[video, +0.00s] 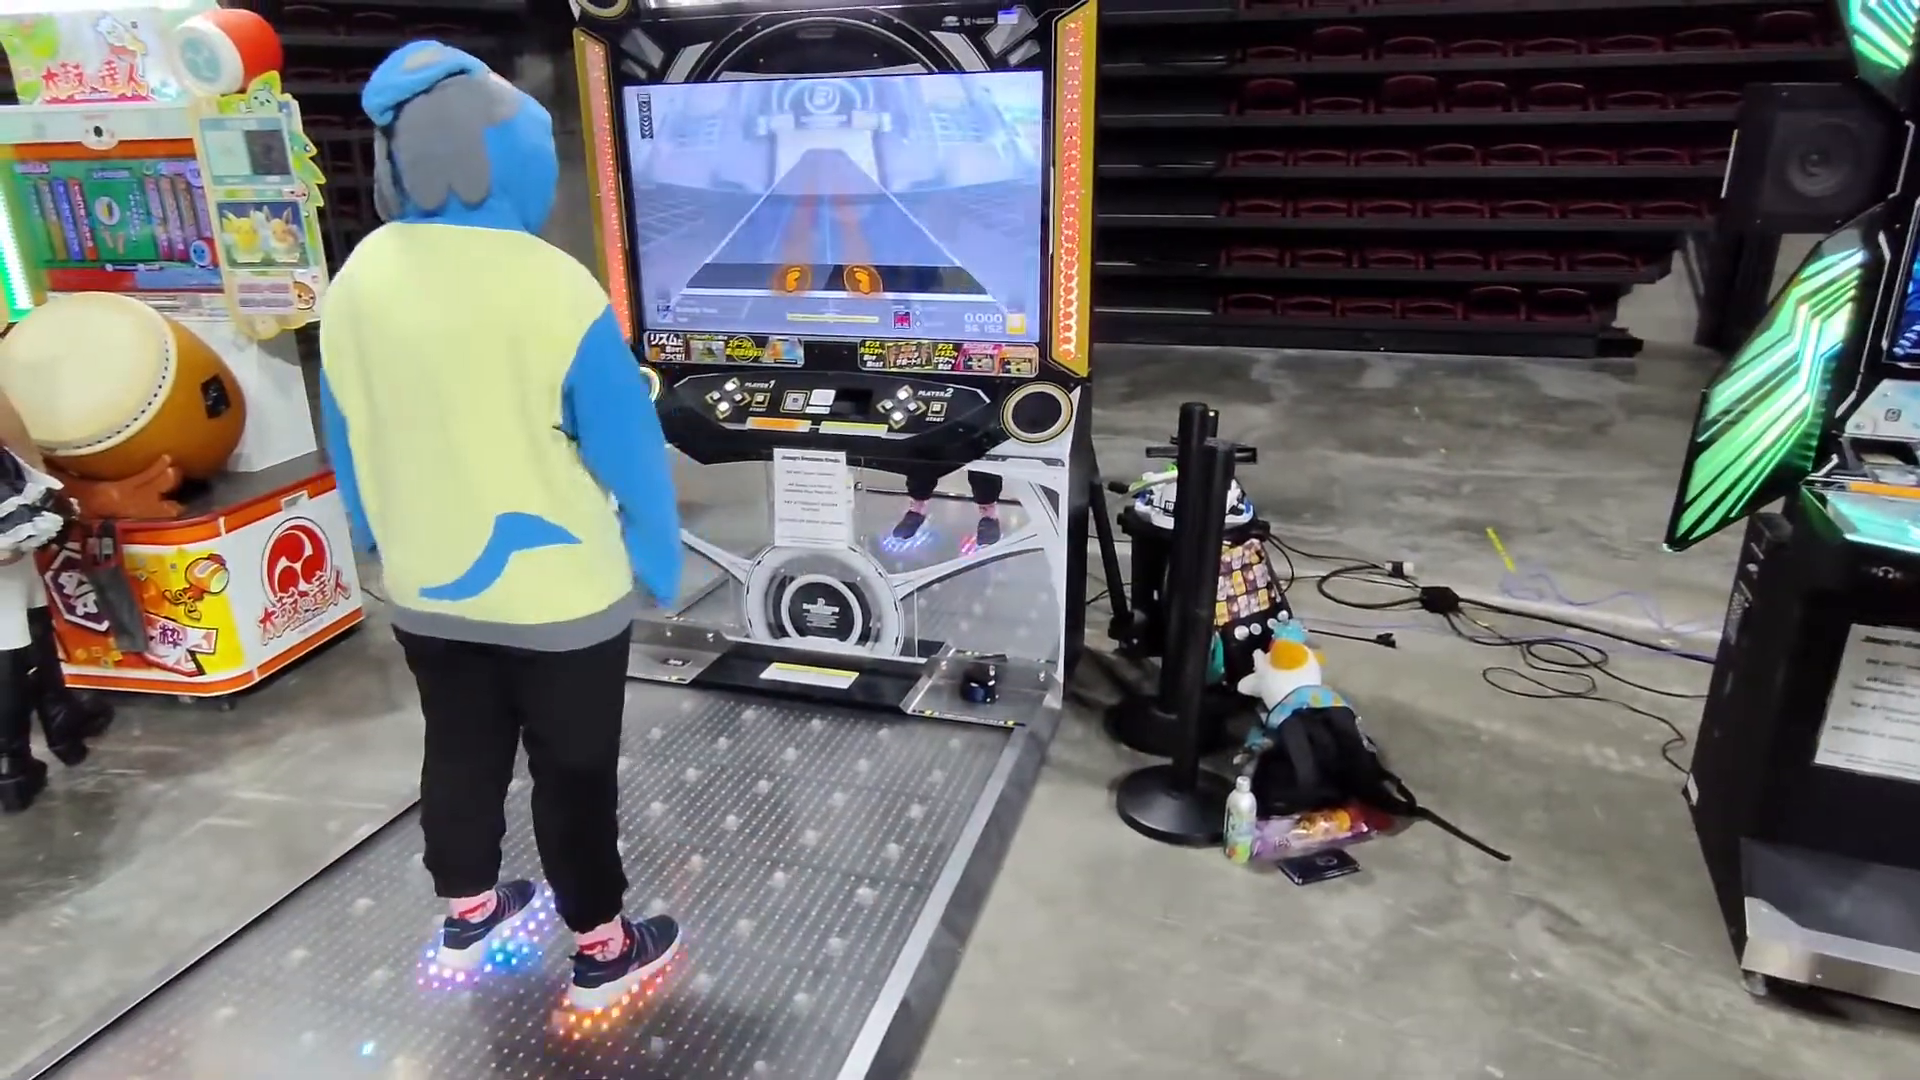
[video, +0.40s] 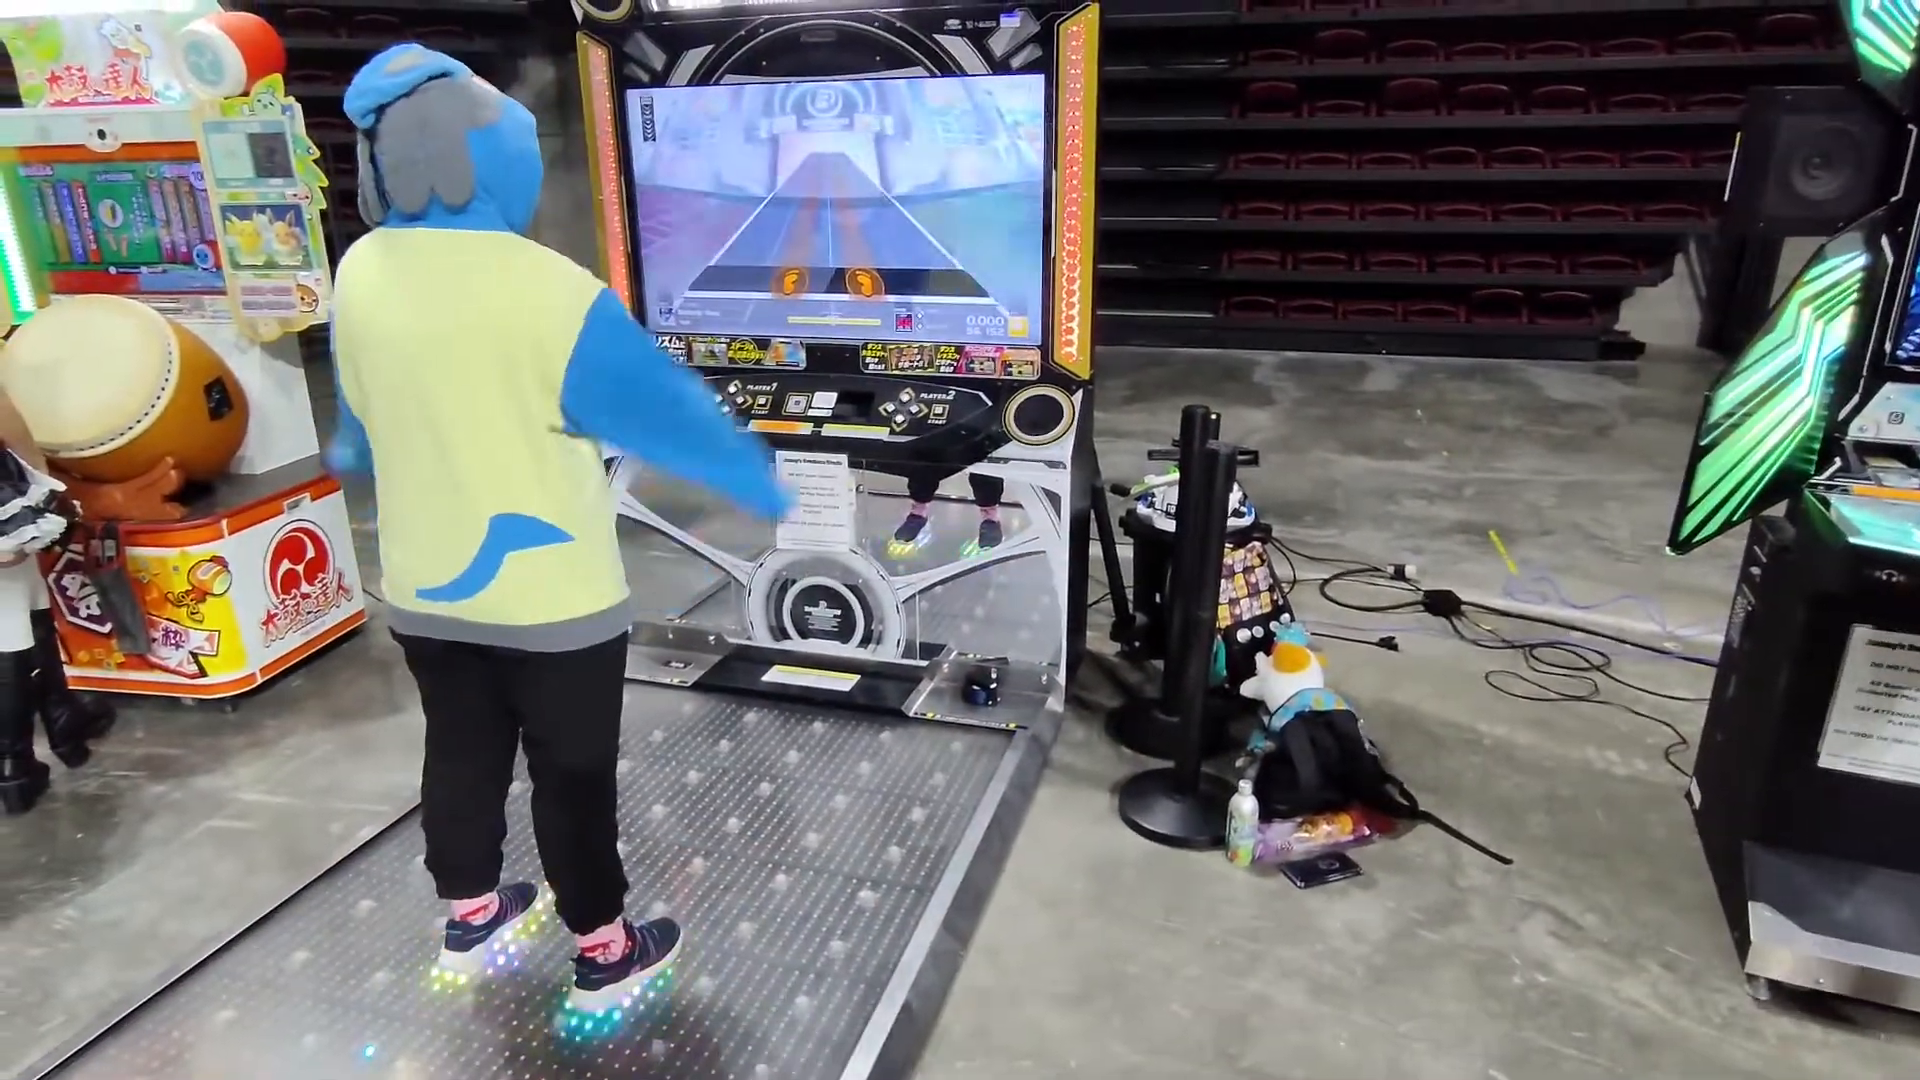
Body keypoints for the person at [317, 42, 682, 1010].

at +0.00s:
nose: (540, 166)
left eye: (528, 147)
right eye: (528, 150)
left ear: (406, 168)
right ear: (512, 162)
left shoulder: (359, 277)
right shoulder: (552, 285)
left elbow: (344, 427)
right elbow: (630, 443)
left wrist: (376, 534)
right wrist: (658, 558)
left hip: (427, 591)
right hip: (562, 596)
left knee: (459, 749)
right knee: (574, 772)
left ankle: (467, 910)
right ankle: (600, 942)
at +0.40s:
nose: (531, 167)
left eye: (521, 149)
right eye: (518, 151)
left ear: (401, 177)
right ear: (496, 167)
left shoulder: (362, 274)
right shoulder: (552, 294)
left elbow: (356, 423)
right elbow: (667, 407)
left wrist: (371, 464)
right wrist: (755, 479)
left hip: (429, 594)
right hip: (558, 601)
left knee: (461, 753)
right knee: (573, 773)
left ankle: (469, 911)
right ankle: (602, 943)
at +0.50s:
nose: (530, 164)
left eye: (519, 147)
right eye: (516, 149)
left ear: (401, 177)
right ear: (494, 164)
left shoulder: (365, 276)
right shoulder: (567, 295)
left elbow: (331, 388)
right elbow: (707, 384)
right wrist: (837, 430)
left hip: (431, 597)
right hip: (563, 607)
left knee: (464, 754)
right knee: (575, 777)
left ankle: (472, 916)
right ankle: (603, 949)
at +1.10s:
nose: (566, 192)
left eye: (559, 173)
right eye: (552, 174)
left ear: (448, 190)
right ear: (518, 186)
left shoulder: (402, 289)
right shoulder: (574, 306)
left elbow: (393, 447)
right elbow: (643, 471)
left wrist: (423, 558)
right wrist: (703, 603)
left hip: (456, 603)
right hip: (581, 611)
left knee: (489, 754)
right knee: (595, 783)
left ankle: (488, 916)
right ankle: (617, 951)